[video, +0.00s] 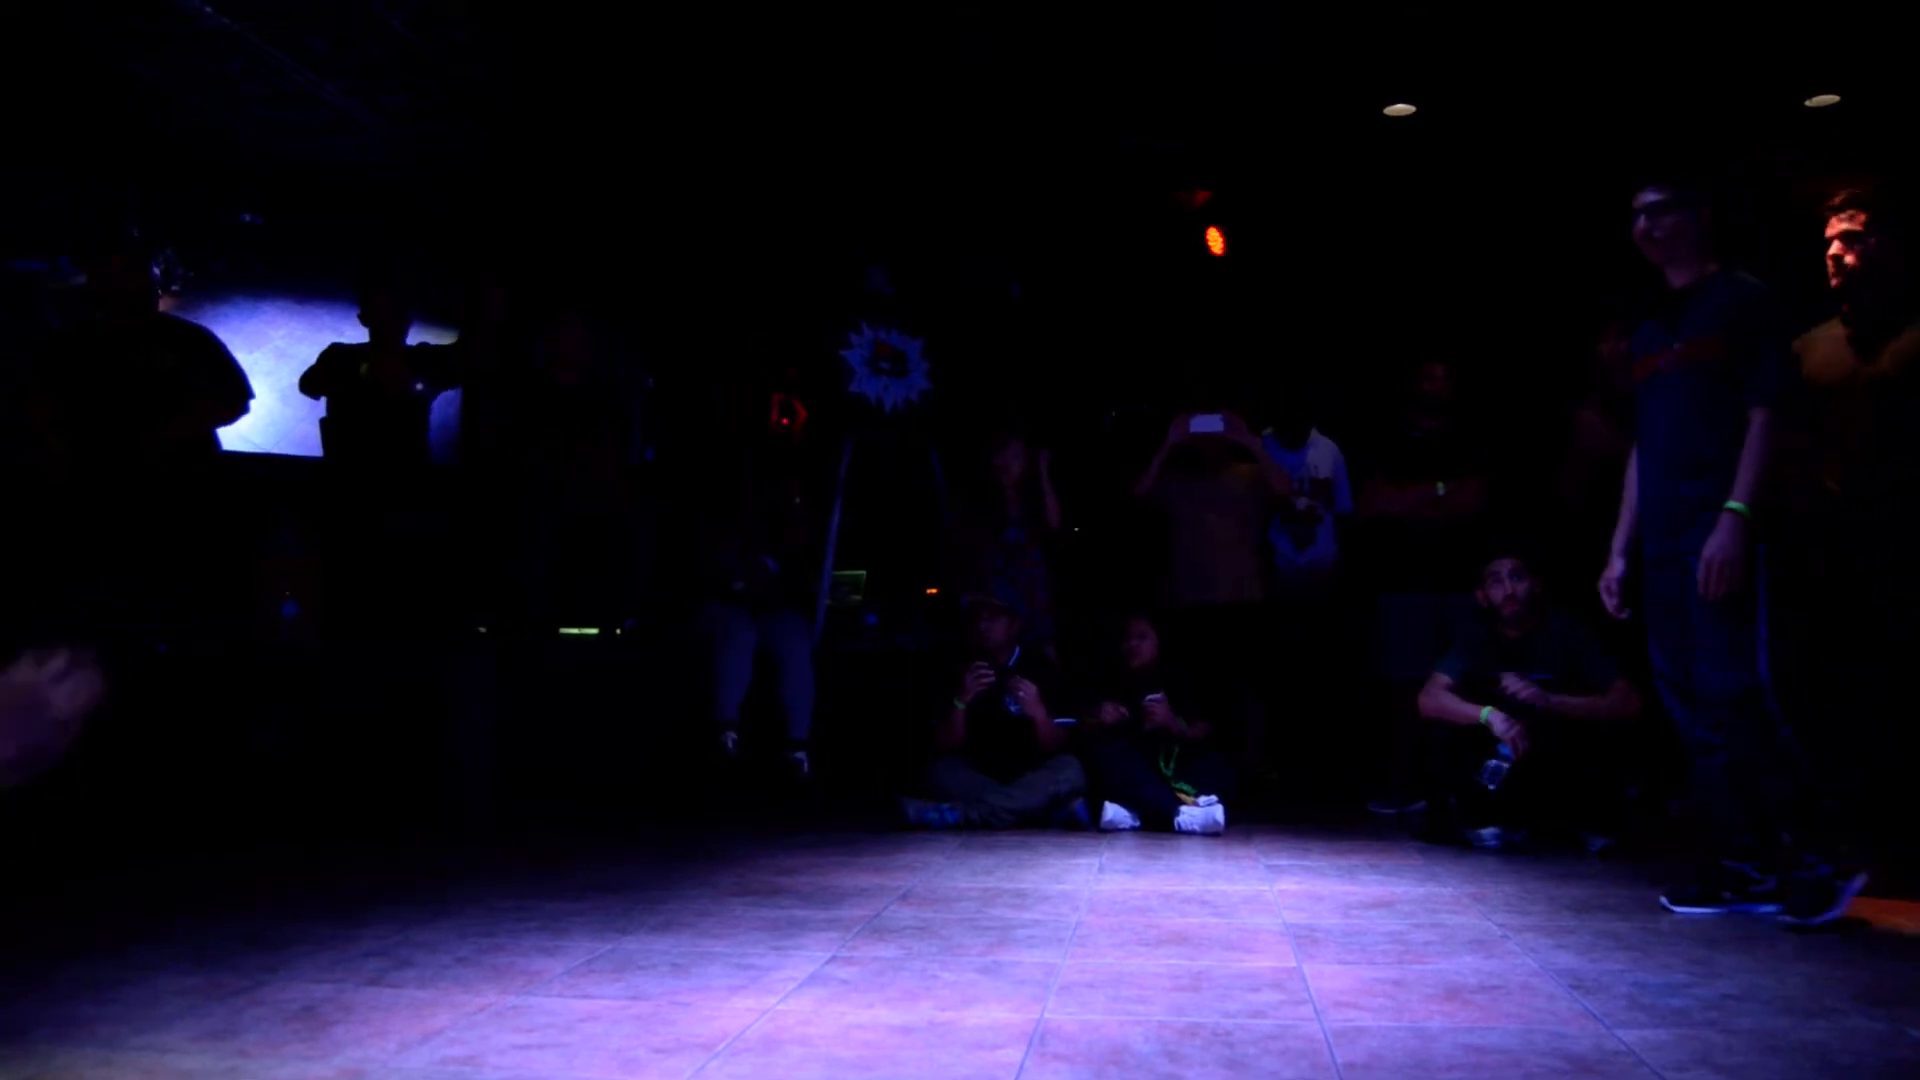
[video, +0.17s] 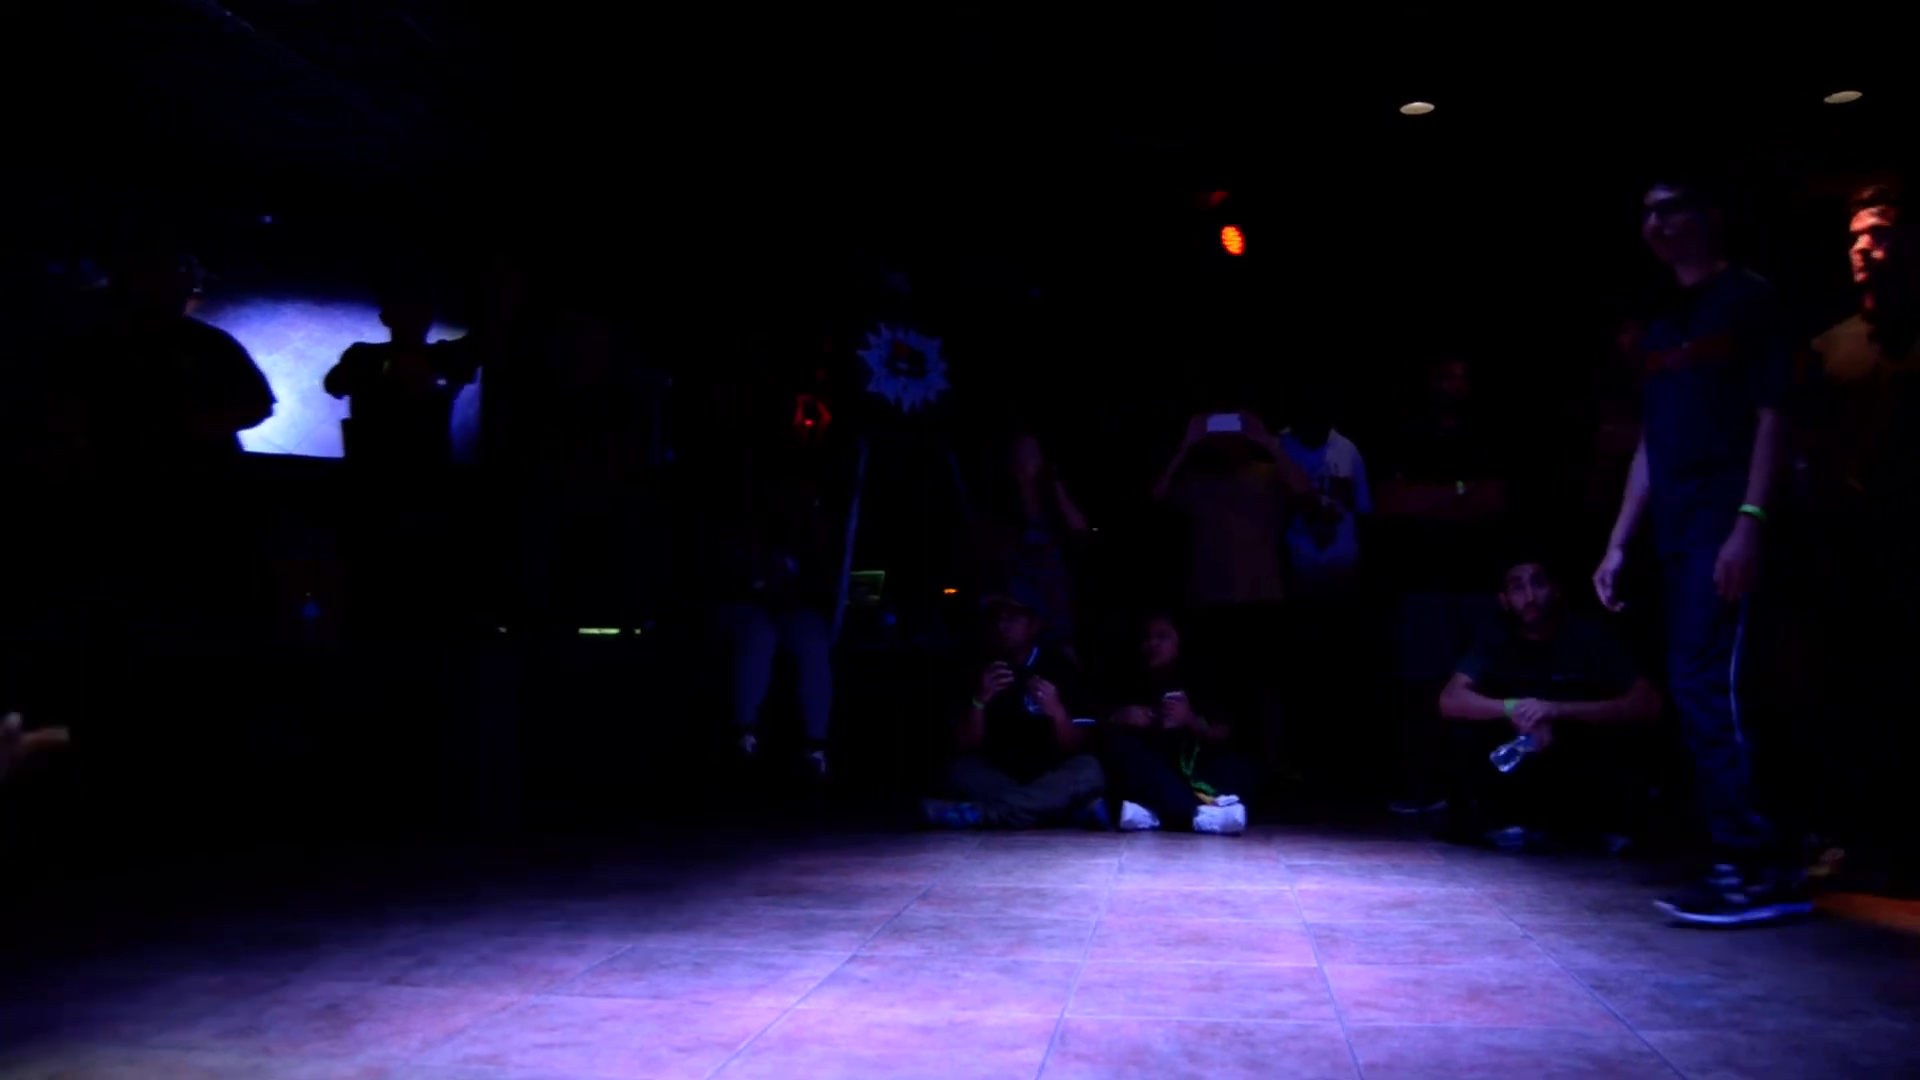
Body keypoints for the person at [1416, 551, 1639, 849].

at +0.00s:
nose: (1508, 589)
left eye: (1517, 578)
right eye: (1496, 581)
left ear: (1534, 585)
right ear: (1483, 595)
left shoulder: (1566, 634)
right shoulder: (1478, 638)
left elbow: (1624, 702)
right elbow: (1430, 699)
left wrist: (1547, 700)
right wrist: (1488, 716)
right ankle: (1485, 821)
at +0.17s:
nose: (1530, 597)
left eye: (1538, 584)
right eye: (1518, 588)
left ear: (1554, 590)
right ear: (1505, 599)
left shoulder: (1588, 639)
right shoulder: (1497, 640)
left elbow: (1645, 702)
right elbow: (1451, 700)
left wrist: (1557, 709)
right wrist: (1518, 712)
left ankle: (1612, 826)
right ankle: (1510, 822)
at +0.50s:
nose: (1563, 597)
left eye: (1572, 584)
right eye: (1551, 588)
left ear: (1589, 589)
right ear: (1538, 598)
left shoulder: (1618, 639)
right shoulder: (1529, 639)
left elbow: (1652, 704)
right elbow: (1484, 699)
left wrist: (1592, 701)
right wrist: (1550, 705)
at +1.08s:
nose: (1572, 595)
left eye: (1577, 584)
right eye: (1562, 586)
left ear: (1592, 581)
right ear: (1549, 587)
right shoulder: (1553, 631)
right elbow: (1506, 692)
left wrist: (1607, 663)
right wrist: (1564, 707)